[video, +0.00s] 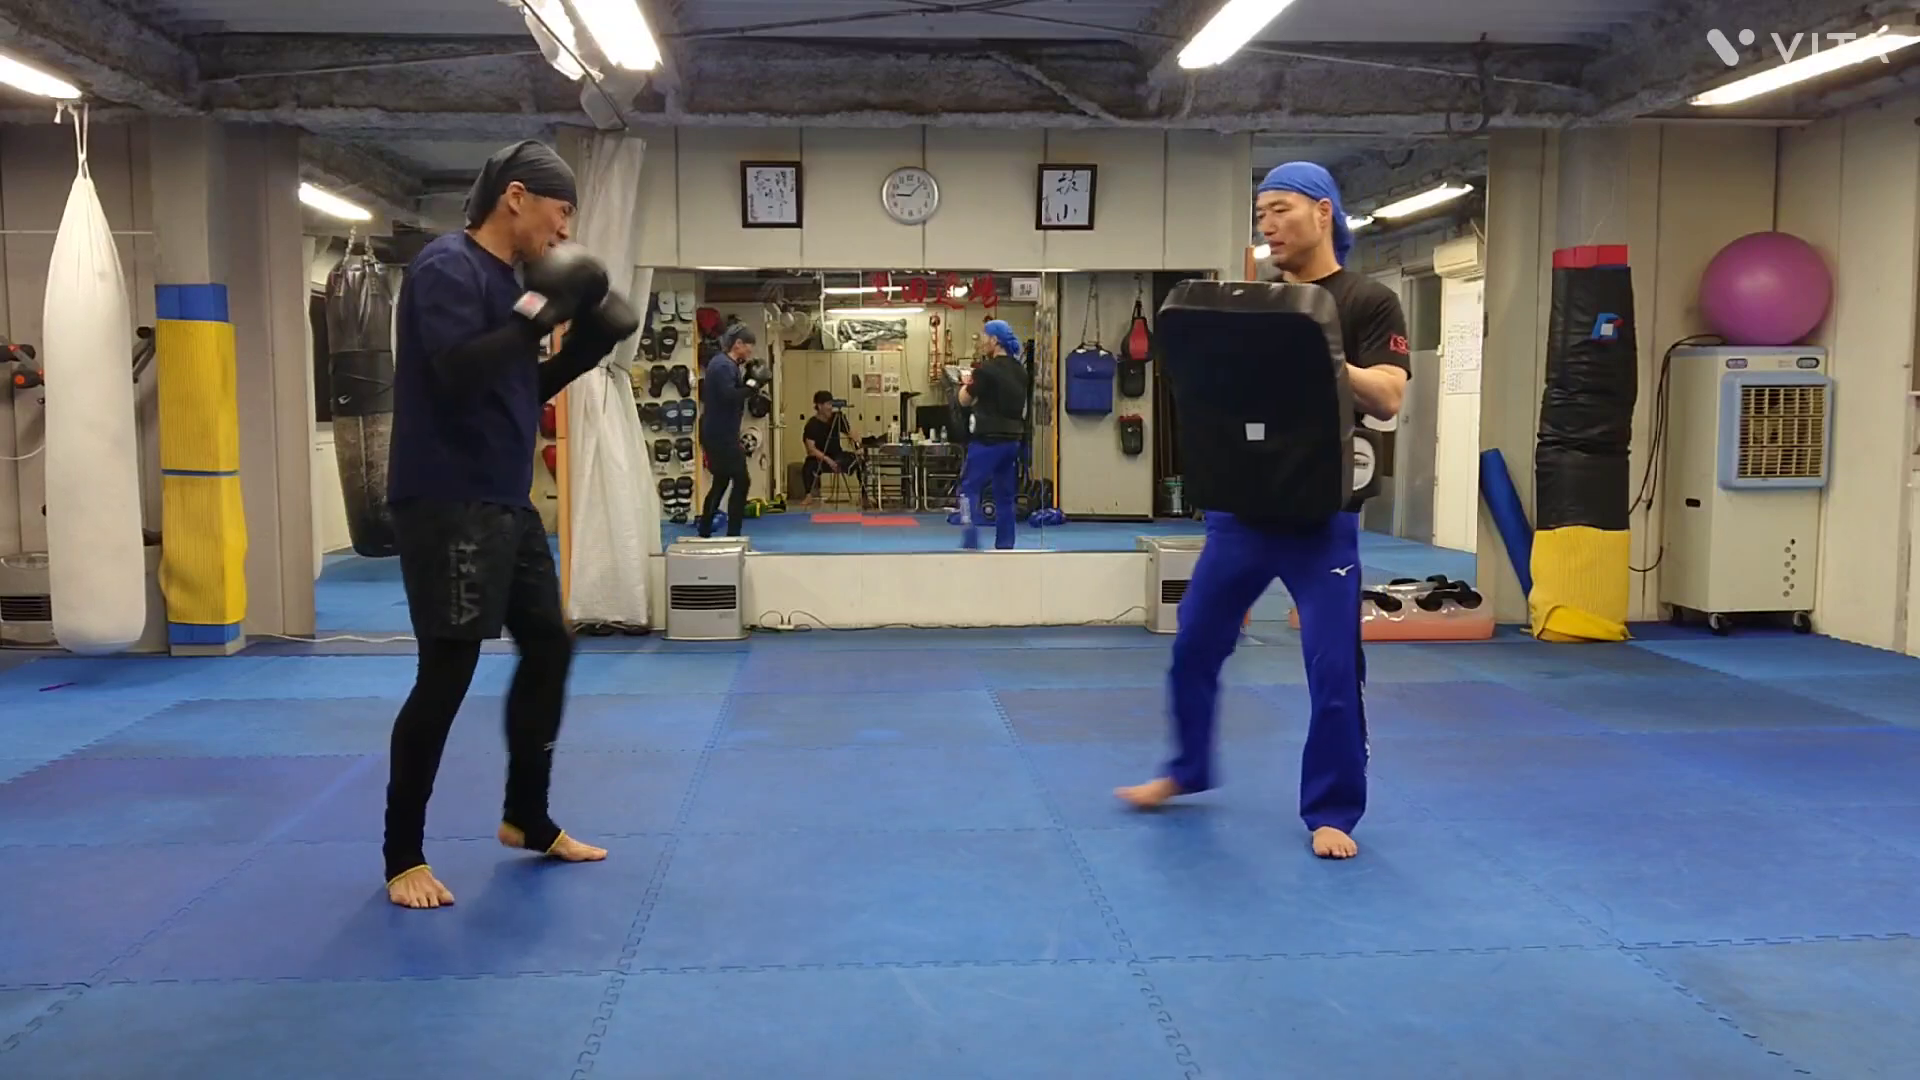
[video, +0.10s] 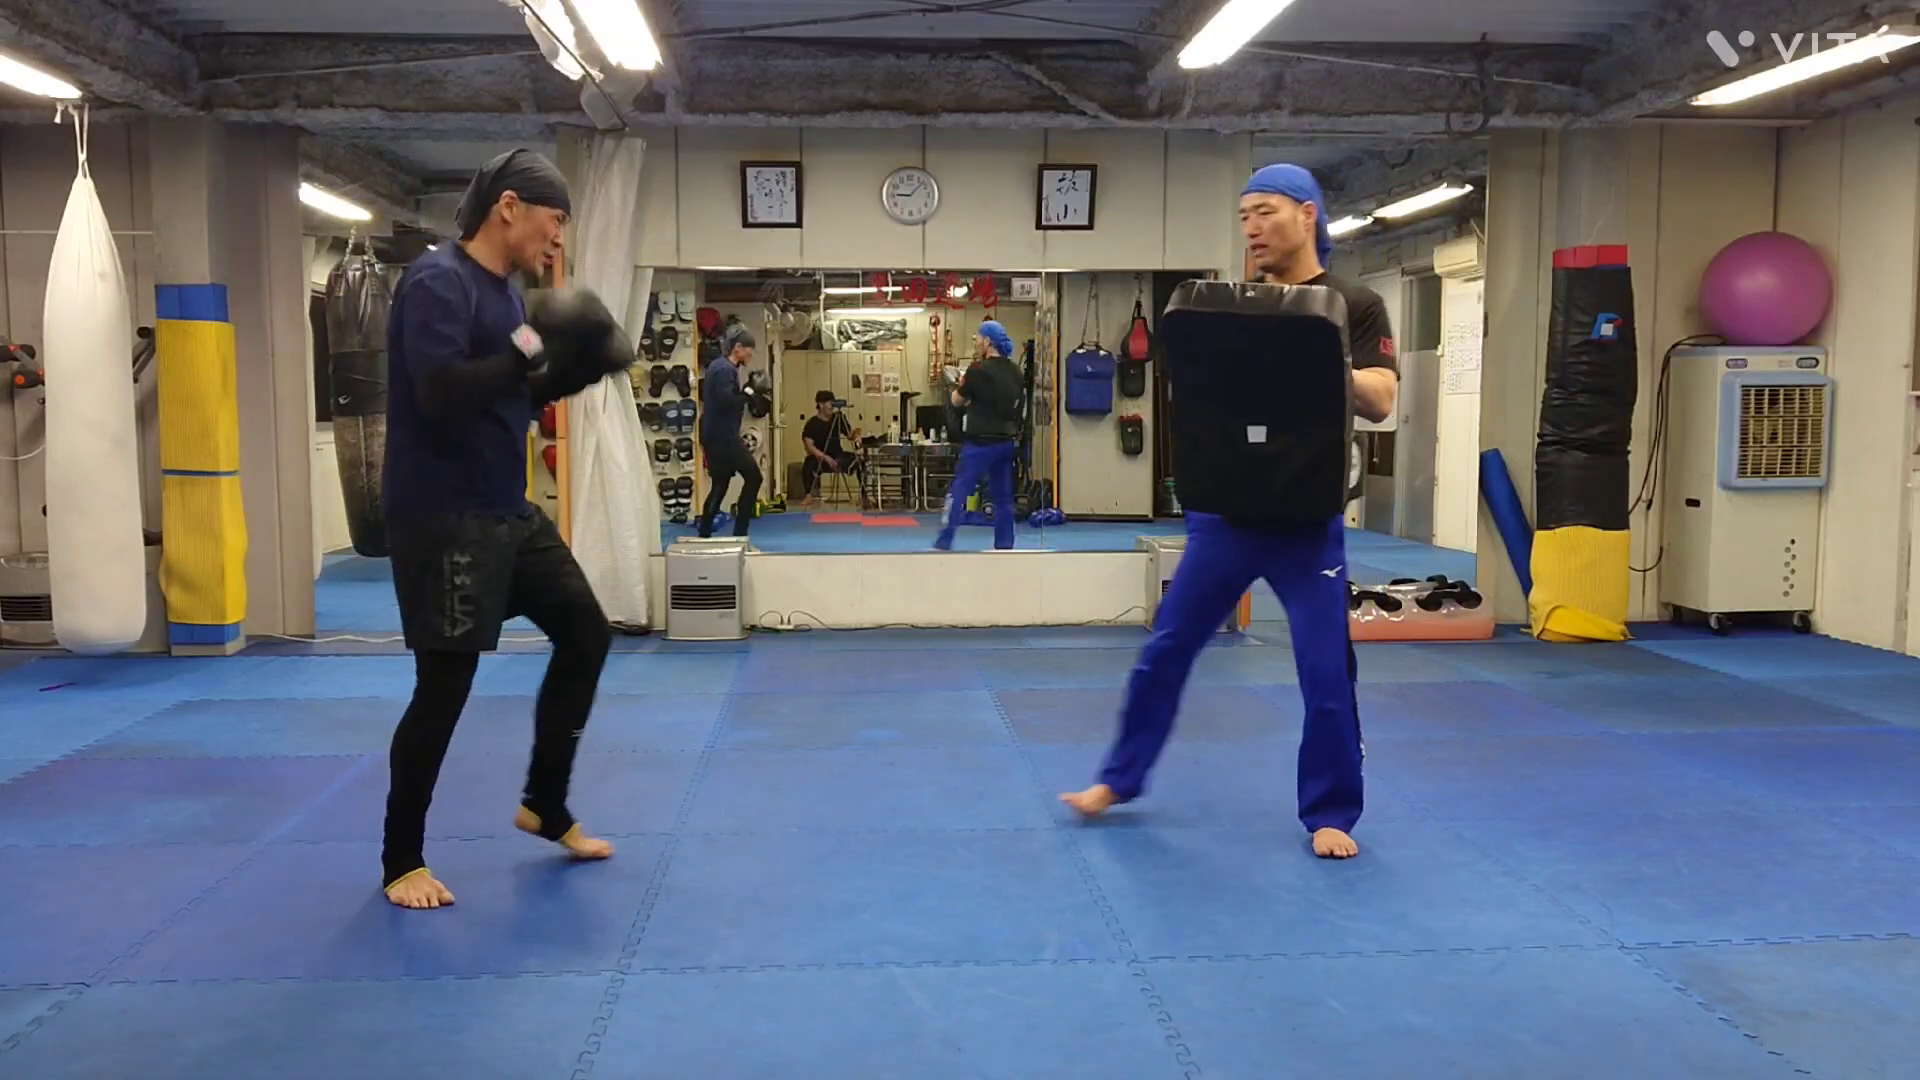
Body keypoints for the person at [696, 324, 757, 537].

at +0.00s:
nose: (751, 351)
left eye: (752, 346)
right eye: (749, 345)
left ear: (737, 345)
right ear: (737, 344)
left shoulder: (724, 364)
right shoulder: (724, 366)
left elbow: (731, 392)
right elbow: (729, 396)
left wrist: (748, 379)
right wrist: (752, 386)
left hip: (714, 432)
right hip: (722, 434)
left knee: (721, 480)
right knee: (742, 481)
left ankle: (704, 529)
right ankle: (734, 534)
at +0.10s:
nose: (751, 354)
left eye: (752, 349)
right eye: (749, 348)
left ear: (737, 348)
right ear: (737, 347)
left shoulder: (718, 367)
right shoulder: (725, 370)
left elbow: (723, 401)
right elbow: (726, 402)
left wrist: (746, 392)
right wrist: (748, 392)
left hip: (712, 435)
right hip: (725, 436)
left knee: (720, 483)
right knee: (754, 477)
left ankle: (704, 532)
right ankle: (740, 533)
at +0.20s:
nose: (751, 356)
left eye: (751, 351)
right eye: (749, 350)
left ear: (736, 348)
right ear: (737, 348)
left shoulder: (716, 368)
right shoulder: (727, 371)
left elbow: (726, 401)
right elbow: (727, 402)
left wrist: (749, 392)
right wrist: (750, 394)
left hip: (712, 437)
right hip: (725, 438)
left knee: (722, 487)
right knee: (753, 481)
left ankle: (703, 537)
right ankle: (746, 539)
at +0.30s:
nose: (752, 354)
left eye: (753, 350)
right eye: (751, 349)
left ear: (737, 346)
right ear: (739, 346)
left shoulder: (718, 366)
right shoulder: (732, 369)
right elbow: (745, 398)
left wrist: (755, 375)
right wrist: (762, 384)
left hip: (713, 435)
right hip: (728, 436)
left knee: (722, 484)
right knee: (753, 482)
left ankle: (704, 535)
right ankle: (746, 540)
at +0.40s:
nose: (755, 353)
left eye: (756, 349)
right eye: (754, 348)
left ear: (738, 347)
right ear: (741, 346)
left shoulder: (719, 365)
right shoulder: (738, 367)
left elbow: (734, 391)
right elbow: (756, 393)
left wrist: (758, 375)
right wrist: (776, 380)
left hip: (715, 435)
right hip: (735, 436)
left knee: (719, 484)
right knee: (761, 480)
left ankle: (703, 535)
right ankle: (749, 539)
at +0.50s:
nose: (758, 354)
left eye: (758, 349)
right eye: (756, 349)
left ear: (732, 348)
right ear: (748, 348)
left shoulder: (720, 373)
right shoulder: (744, 369)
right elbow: (764, 392)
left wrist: (766, 384)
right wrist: (789, 389)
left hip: (719, 437)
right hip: (742, 437)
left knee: (720, 485)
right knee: (773, 478)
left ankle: (703, 535)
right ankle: (761, 537)